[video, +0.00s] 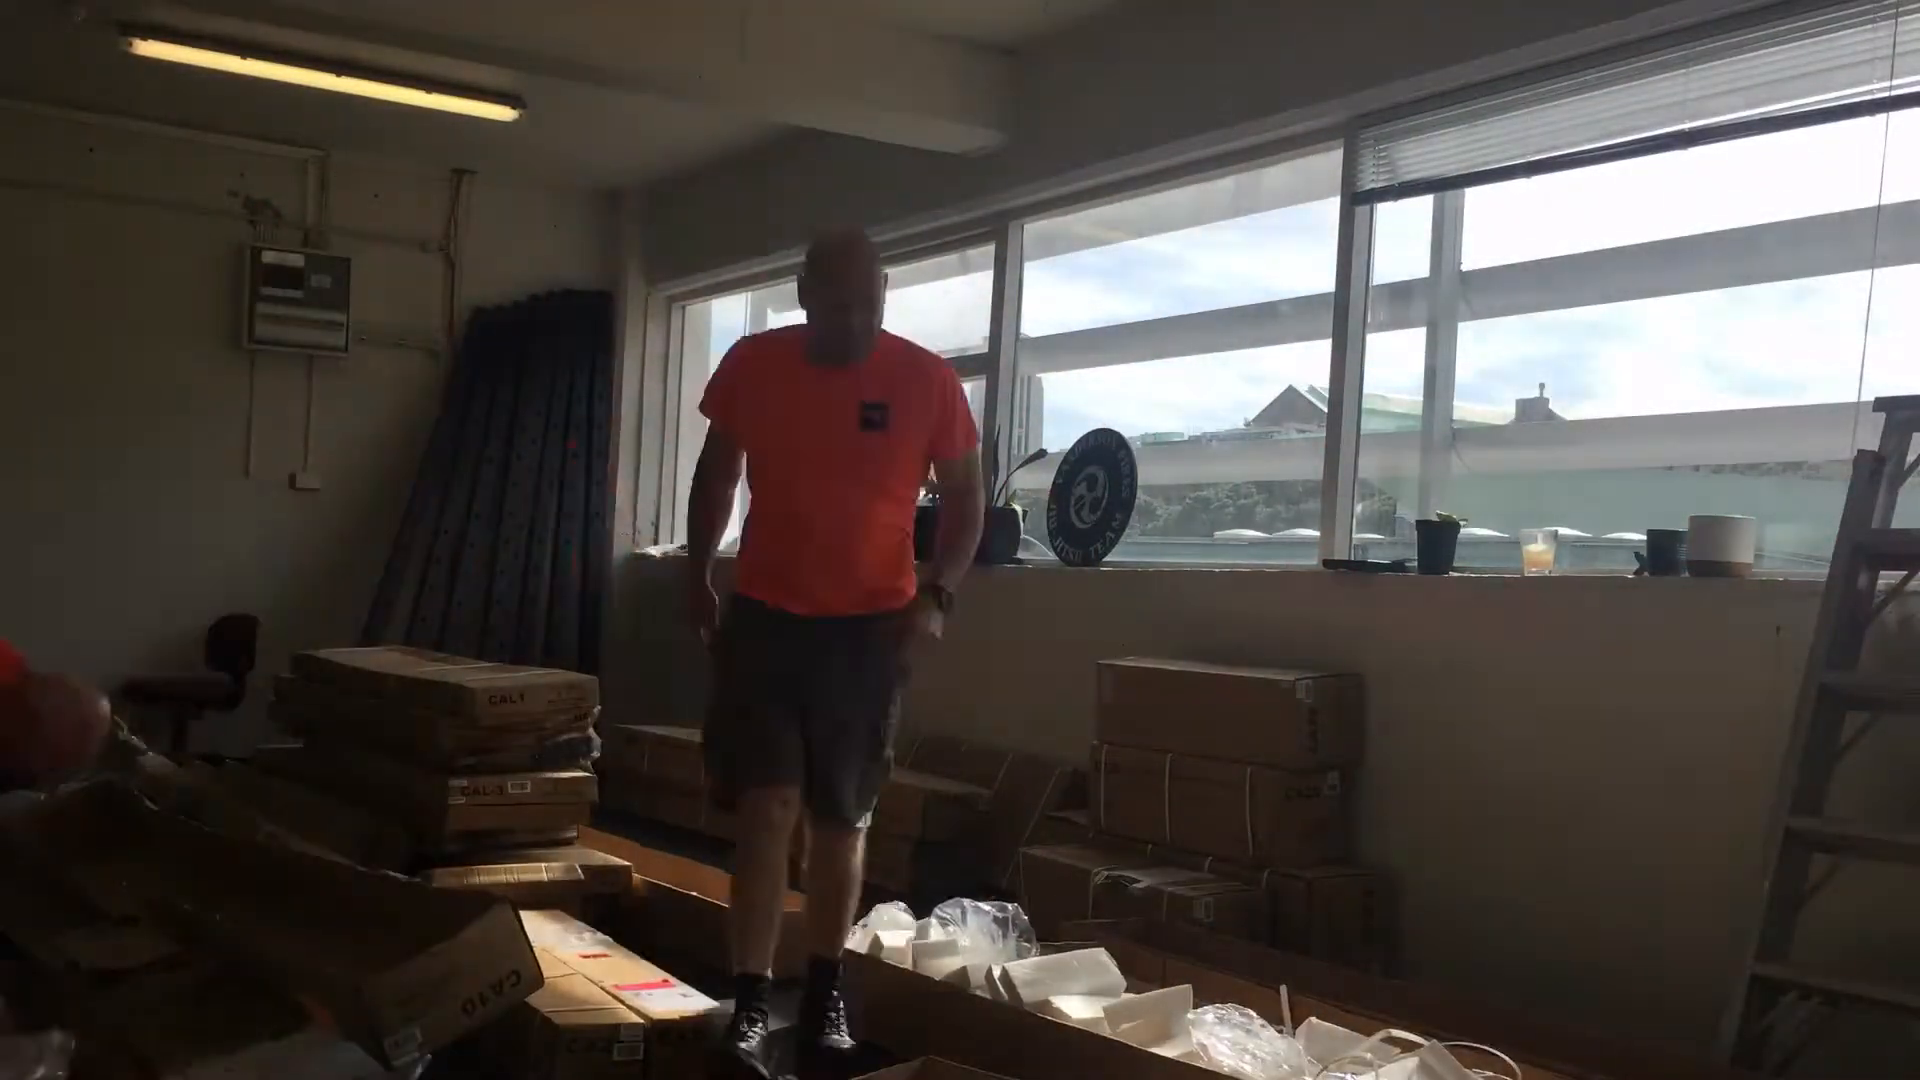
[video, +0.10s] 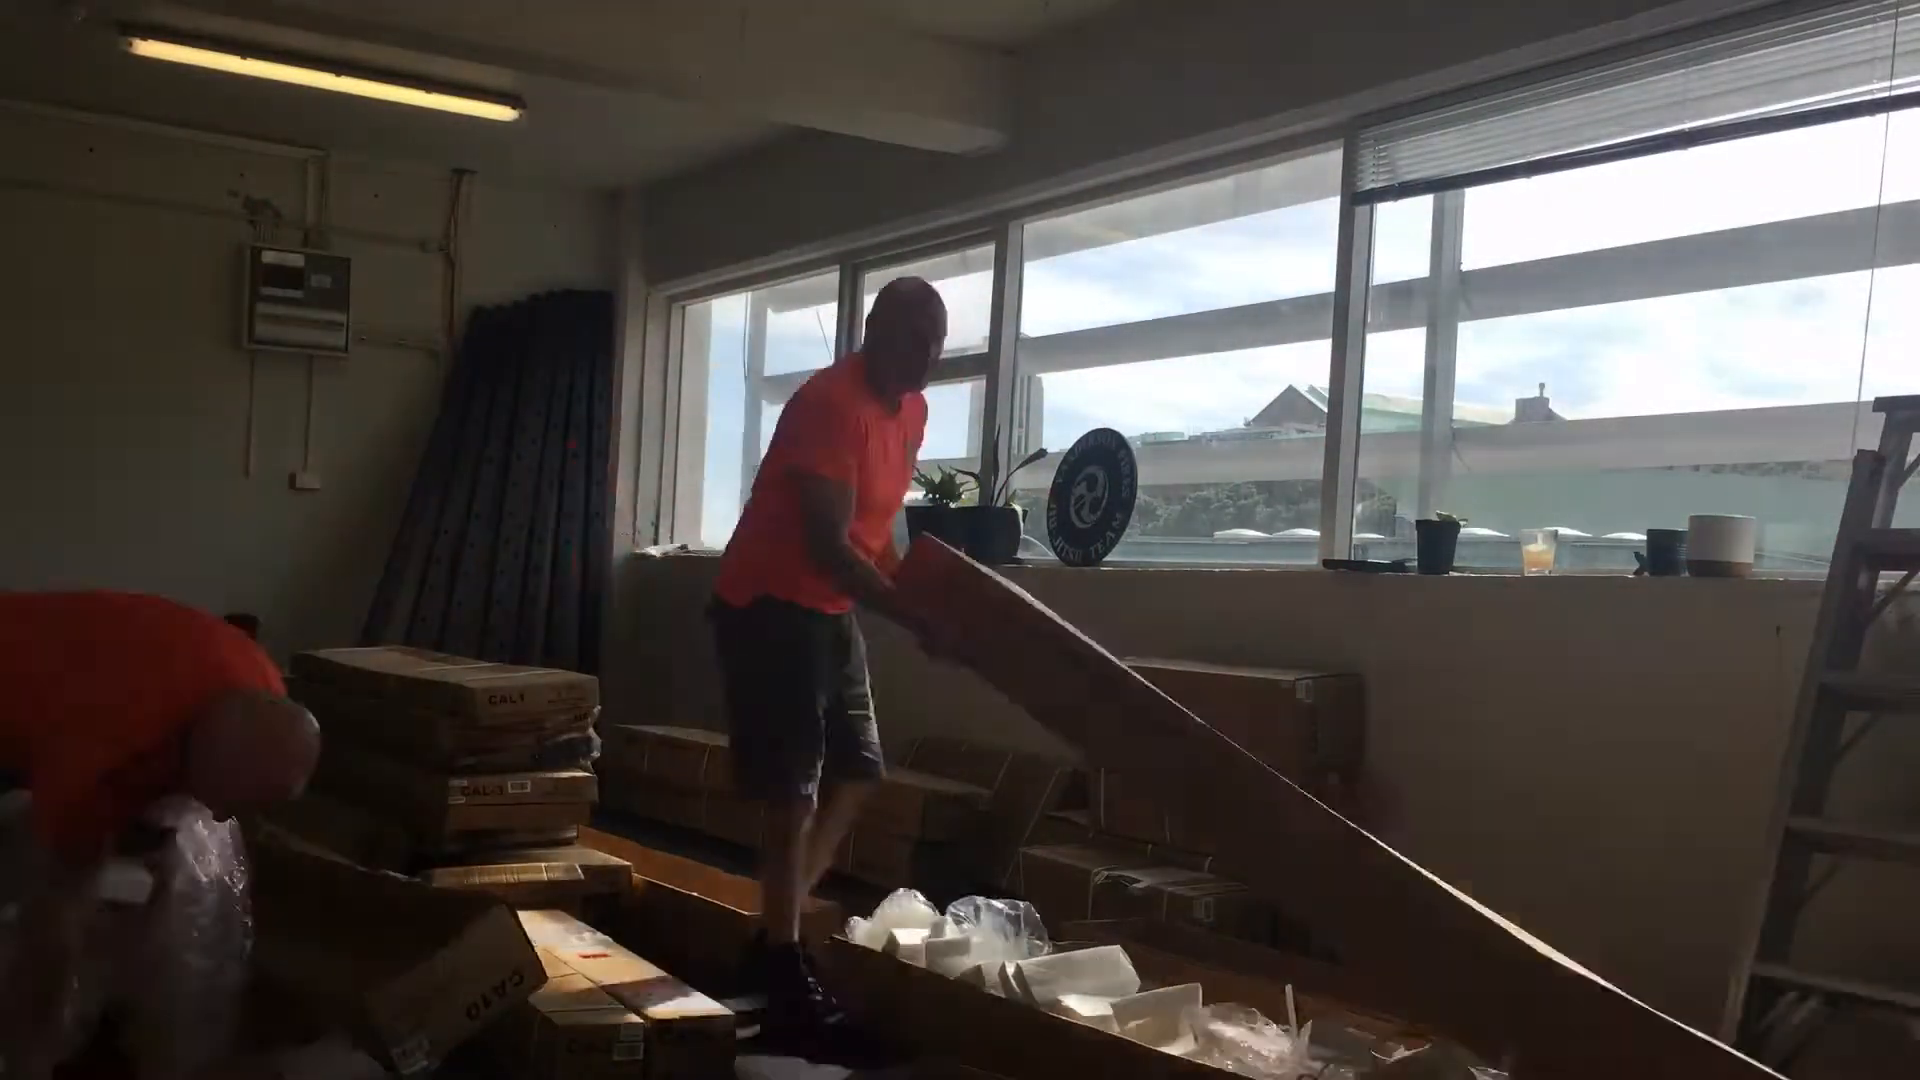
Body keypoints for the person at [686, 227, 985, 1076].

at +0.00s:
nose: (847, 326)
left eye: (860, 310)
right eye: (834, 311)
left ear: (884, 298)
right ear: (804, 297)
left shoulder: (928, 380)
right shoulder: (753, 363)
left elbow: (966, 495)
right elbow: (717, 469)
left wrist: (937, 594)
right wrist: (699, 570)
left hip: (867, 625)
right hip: (764, 617)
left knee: (840, 820)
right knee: (766, 804)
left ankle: (825, 998)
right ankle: (751, 1008)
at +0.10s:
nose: (928, 359)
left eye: (937, 345)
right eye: (918, 341)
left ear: (939, 346)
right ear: (875, 332)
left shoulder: (909, 412)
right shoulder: (827, 402)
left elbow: (886, 525)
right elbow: (826, 542)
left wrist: (926, 598)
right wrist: (915, 616)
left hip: (832, 605)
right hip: (771, 602)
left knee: (857, 770)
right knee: (792, 793)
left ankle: (771, 932)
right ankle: (787, 987)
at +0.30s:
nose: (1008, 283)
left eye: (1018, 259)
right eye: (993, 250)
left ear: (903, 226)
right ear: (912, 227)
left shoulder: (887, 338)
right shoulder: (862, 358)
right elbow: (846, 625)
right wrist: (951, 792)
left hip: (797, 703)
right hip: (742, 706)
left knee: (835, 976)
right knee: (768, 1021)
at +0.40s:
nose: (924, 311)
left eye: (930, 295)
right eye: (915, 291)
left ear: (914, 293)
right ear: (866, 279)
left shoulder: (894, 375)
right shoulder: (784, 340)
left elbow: (864, 491)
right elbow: (703, 460)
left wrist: (905, 556)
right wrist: (808, 529)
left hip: (847, 612)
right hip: (776, 599)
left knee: (827, 812)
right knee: (846, 795)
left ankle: (773, 1012)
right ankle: (773, 1011)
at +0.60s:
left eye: (762, 303)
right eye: (842, 301)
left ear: (759, 305)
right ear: (847, 305)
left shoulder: (714, 388)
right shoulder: (895, 394)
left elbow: (660, 541)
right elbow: (943, 553)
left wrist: (626, 652)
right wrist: (953, 676)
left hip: (738, 691)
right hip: (855, 694)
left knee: (742, 898)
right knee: (863, 887)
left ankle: (753, 1066)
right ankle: (873, 1059)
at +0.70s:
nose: (649, 253)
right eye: (651, 238)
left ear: (563, 241)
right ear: (648, 234)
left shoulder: (507, 317)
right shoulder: (719, 297)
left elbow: (468, 481)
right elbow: (776, 459)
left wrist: (553, 509)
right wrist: (751, 566)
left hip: (572, 608)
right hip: (702, 605)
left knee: (605, 855)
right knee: (737, 845)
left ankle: (615, 1063)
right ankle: (746, 1057)